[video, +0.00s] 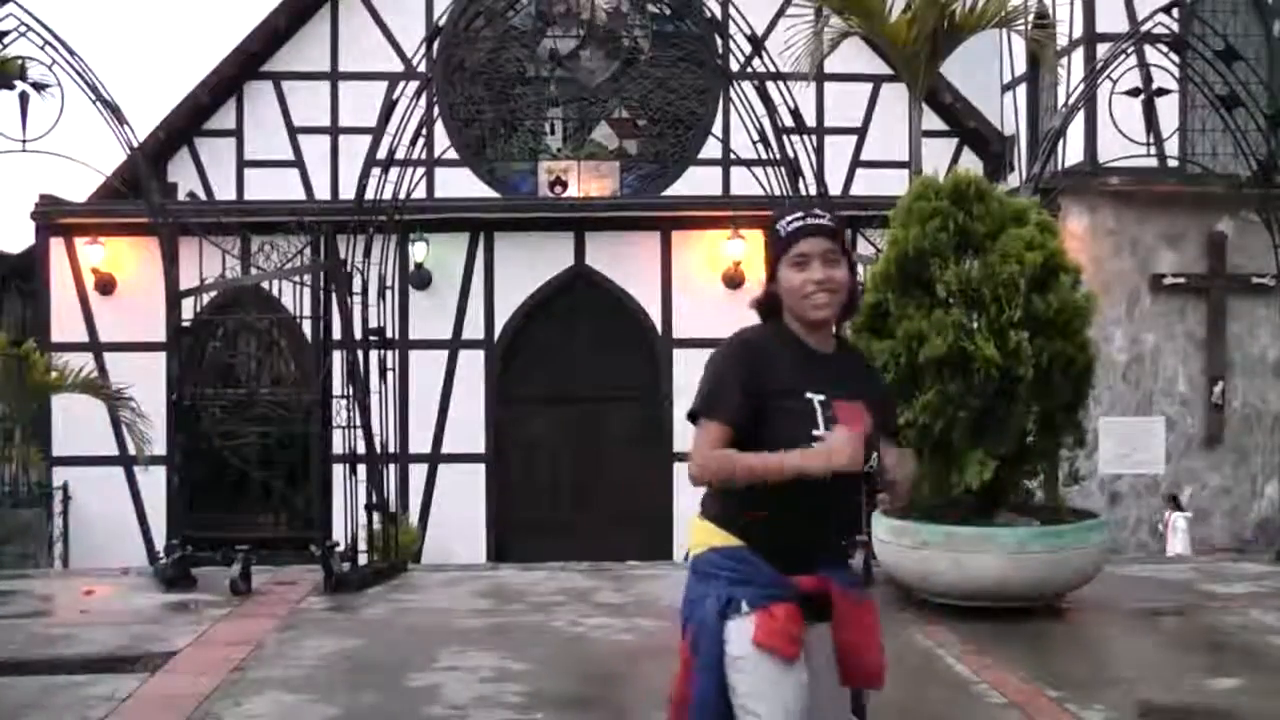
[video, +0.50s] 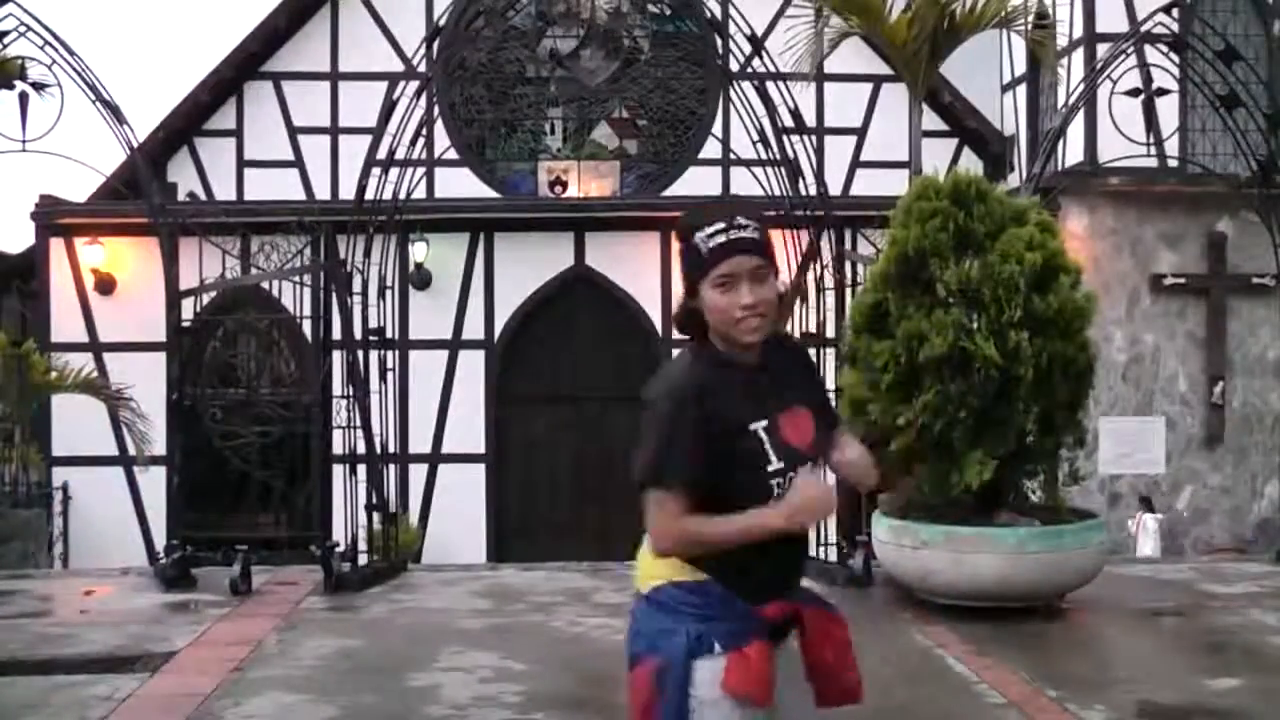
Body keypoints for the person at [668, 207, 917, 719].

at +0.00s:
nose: (819, 277)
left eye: (831, 262)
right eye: (800, 264)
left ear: (851, 275)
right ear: (775, 281)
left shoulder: (857, 367)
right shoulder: (746, 354)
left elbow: (885, 452)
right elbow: (703, 463)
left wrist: (895, 472)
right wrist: (814, 459)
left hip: (828, 572)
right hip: (745, 571)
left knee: (836, 710)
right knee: (772, 708)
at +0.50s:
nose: (749, 298)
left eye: (760, 278)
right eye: (727, 285)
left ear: (778, 283)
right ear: (698, 301)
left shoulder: (789, 359)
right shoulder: (680, 389)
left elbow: (827, 438)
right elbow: (665, 534)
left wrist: (858, 465)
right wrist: (782, 516)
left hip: (773, 608)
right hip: (701, 620)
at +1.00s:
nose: (724, 332)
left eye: (736, 310)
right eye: (701, 316)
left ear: (758, 308)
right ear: (671, 324)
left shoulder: (775, 370)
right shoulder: (645, 413)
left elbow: (825, 440)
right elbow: (641, 563)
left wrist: (845, 494)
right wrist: (753, 532)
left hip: (748, 611)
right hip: (662, 622)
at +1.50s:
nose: (796, 281)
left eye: (810, 265)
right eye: (776, 269)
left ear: (832, 279)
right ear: (752, 287)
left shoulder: (857, 386)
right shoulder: (714, 363)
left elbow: (898, 492)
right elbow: (660, 468)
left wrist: (868, 528)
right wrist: (759, 449)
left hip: (809, 595)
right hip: (711, 594)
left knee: (837, 705)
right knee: (706, 708)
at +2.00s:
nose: (783, 272)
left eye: (799, 258)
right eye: (767, 261)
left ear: (825, 276)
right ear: (748, 283)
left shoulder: (859, 377)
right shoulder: (716, 356)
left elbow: (899, 490)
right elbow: (650, 459)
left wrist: (819, 518)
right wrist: (712, 432)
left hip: (817, 601)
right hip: (709, 596)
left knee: (822, 709)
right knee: (685, 709)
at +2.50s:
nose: (655, 269)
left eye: (671, 254)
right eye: (638, 258)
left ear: (698, 267)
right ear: (621, 278)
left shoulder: (748, 358)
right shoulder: (609, 367)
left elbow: (801, 468)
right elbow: (570, 496)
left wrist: (700, 510)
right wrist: (578, 462)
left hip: (742, 599)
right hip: (637, 601)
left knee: (776, 709)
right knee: (604, 708)